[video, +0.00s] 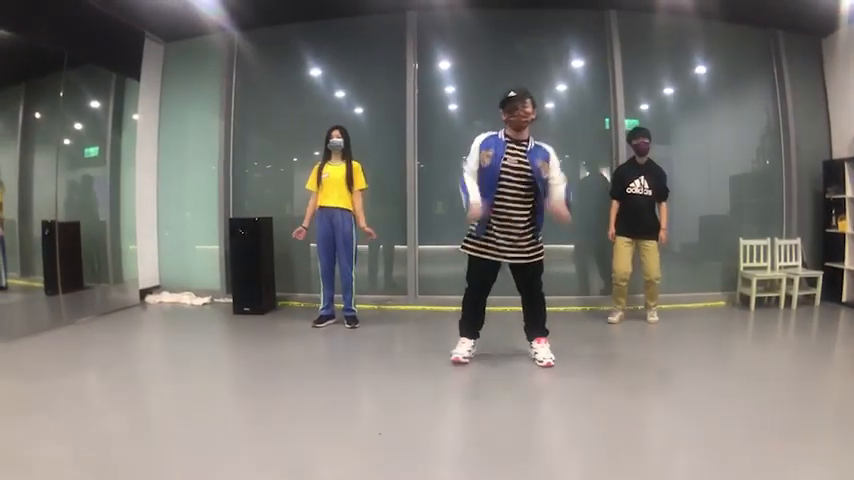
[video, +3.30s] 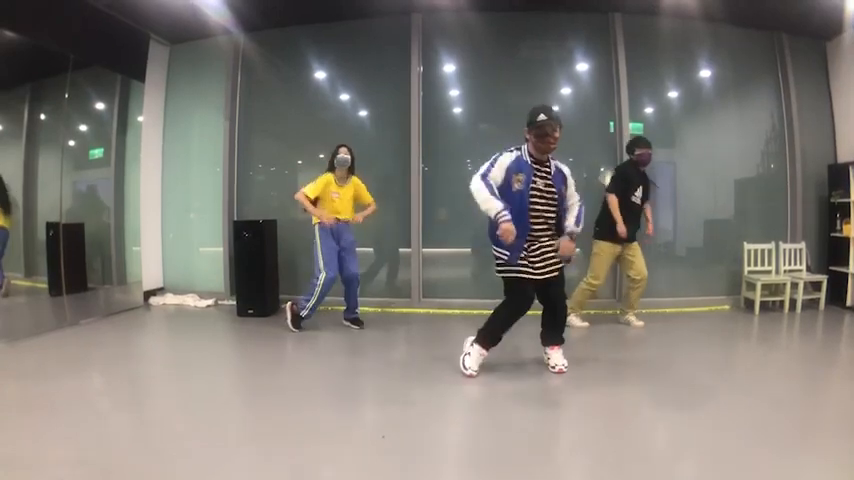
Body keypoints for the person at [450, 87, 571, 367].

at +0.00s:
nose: (522, 112)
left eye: (527, 107)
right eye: (516, 108)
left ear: (534, 112)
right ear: (504, 113)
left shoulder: (544, 152)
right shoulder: (486, 142)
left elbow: (557, 181)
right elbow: (469, 174)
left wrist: (557, 201)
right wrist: (474, 201)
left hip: (526, 235)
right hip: (488, 232)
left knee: (532, 289)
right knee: (477, 286)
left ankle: (539, 340)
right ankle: (467, 338)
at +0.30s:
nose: (484, 123)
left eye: (489, 117)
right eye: (479, 119)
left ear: (500, 120)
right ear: (472, 124)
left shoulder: (517, 151)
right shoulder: (467, 161)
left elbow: (544, 183)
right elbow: (463, 196)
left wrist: (520, 209)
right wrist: (448, 213)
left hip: (515, 237)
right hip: (480, 238)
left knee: (522, 289)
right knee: (465, 291)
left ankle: (557, 336)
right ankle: (467, 342)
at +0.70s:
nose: (524, 124)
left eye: (525, 117)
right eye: (518, 119)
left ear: (528, 115)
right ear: (503, 120)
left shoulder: (540, 147)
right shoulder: (482, 151)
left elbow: (549, 184)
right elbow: (477, 190)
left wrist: (556, 221)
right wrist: (482, 226)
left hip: (533, 237)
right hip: (496, 238)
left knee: (545, 291)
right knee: (474, 290)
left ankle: (554, 342)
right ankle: (460, 340)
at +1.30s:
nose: (484, 126)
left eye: (490, 120)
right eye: (478, 120)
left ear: (499, 118)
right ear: (469, 120)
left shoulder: (514, 146)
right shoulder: (459, 153)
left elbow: (530, 181)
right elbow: (453, 191)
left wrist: (529, 213)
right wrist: (441, 218)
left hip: (508, 231)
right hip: (471, 233)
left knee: (520, 287)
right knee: (460, 289)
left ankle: (544, 337)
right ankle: (454, 345)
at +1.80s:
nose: (510, 109)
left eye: (514, 104)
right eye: (503, 106)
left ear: (522, 109)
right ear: (492, 113)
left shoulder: (538, 149)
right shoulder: (475, 151)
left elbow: (548, 187)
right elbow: (467, 188)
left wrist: (552, 220)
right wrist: (468, 220)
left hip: (526, 235)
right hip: (486, 236)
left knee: (541, 290)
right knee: (471, 291)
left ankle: (554, 344)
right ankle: (459, 344)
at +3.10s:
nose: (536, 132)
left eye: (539, 126)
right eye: (529, 127)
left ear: (544, 125)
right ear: (514, 127)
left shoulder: (553, 158)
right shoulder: (494, 154)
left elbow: (576, 182)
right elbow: (466, 180)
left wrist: (576, 200)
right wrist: (490, 192)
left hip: (546, 240)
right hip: (511, 242)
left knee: (556, 295)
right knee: (508, 297)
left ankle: (554, 345)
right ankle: (463, 340)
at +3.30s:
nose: (554, 139)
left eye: (557, 133)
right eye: (547, 134)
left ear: (560, 134)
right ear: (530, 134)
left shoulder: (561, 172)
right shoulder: (509, 160)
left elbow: (574, 203)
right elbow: (480, 184)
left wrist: (570, 235)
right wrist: (501, 217)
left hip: (548, 248)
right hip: (516, 248)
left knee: (556, 300)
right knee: (520, 300)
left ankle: (553, 347)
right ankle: (479, 347)